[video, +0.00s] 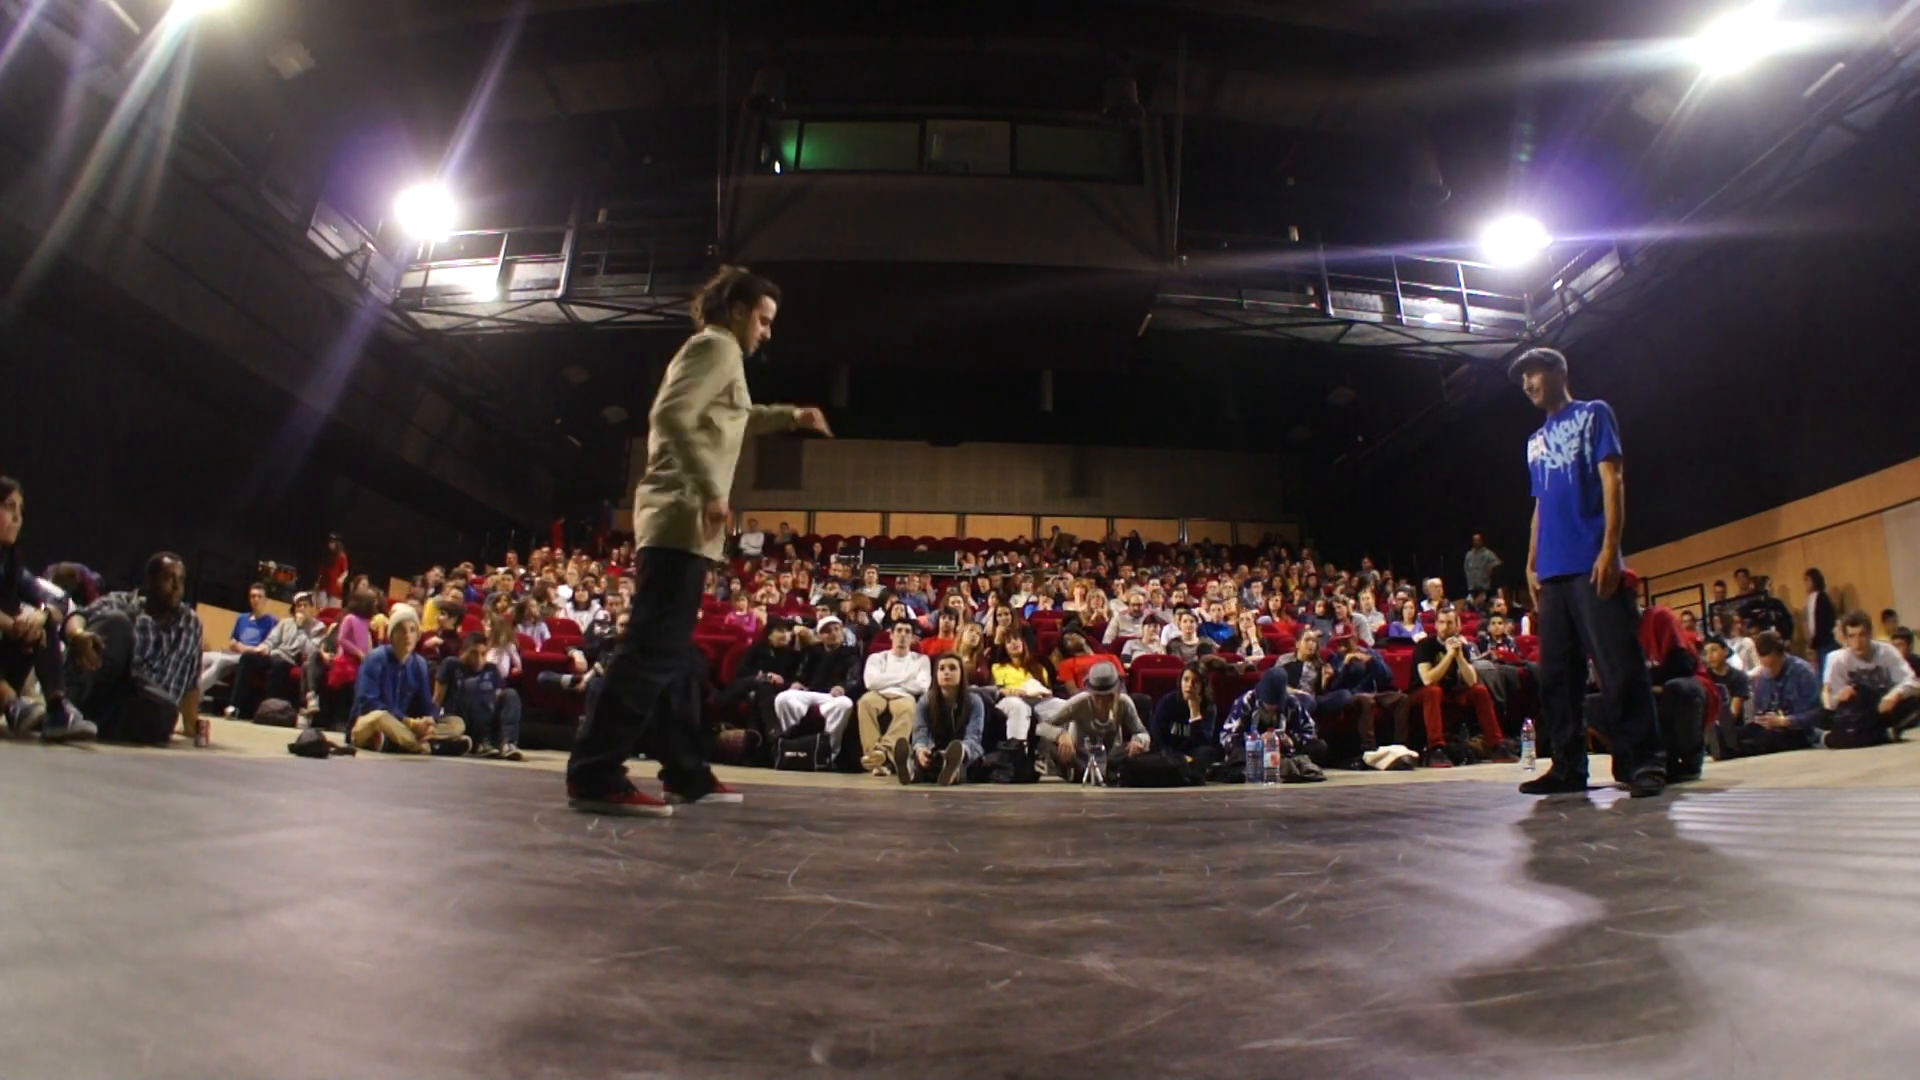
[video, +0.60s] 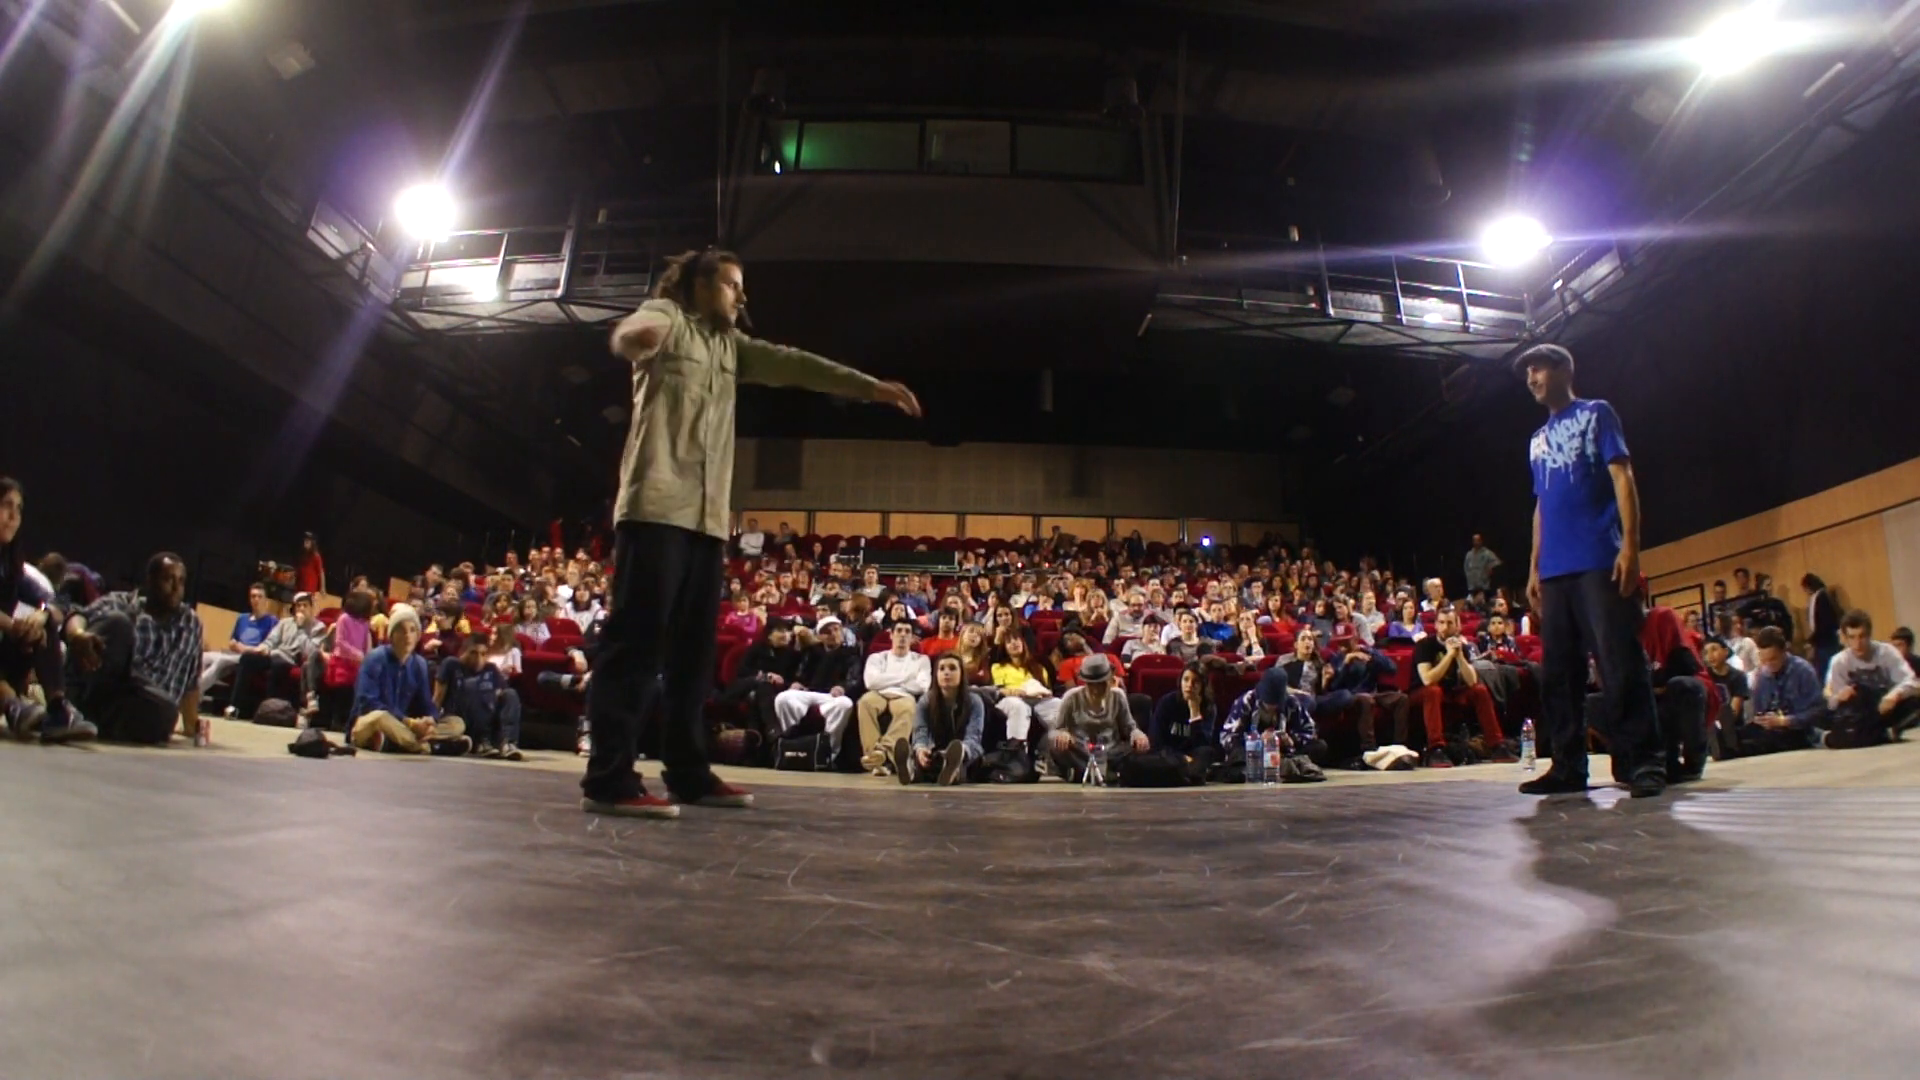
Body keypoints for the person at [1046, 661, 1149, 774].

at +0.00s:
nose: (1102, 701)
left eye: (1107, 696)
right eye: (1097, 696)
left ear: (1116, 691)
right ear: (1090, 691)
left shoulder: (1124, 702)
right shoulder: (1080, 702)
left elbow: (1142, 734)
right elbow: (1042, 727)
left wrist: (1137, 742)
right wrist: (1061, 735)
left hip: (1112, 757)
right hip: (1081, 757)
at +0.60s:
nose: (1096, 689)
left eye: (1101, 684)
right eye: (1091, 684)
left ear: (1109, 680)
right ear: (1085, 682)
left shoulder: (1118, 696)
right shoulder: (1071, 697)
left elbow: (1129, 727)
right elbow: (1056, 729)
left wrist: (1137, 734)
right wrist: (1061, 733)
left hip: (1111, 750)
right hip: (1080, 750)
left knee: (1137, 747)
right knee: (1056, 743)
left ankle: (1082, 772)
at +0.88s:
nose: (1095, 690)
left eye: (1099, 684)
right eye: (1089, 685)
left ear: (1107, 680)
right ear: (1083, 683)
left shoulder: (1118, 696)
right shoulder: (1071, 697)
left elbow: (1131, 727)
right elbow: (1056, 730)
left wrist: (1134, 740)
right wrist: (1062, 735)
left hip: (1112, 753)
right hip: (1080, 754)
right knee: (1058, 750)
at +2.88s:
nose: (1094, 687)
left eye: (1099, 681)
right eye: (1089, 682)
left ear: (1108, 678)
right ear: (1083, 679)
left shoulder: (1117, 696)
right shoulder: (1069, 698)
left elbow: (1132, 729)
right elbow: (1052, 735)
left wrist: (1129, 741)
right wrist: (1063, 734)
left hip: (1109, 753)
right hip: (1078, 755)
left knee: (1140, 748)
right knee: (1055, 747)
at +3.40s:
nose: (1094, 671)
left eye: (1100, 667)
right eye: (1090, 666)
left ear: (1109, 672)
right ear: (1083, 669)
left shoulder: (1116, 696)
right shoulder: (1070, 696)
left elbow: (1130, 727)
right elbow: (1054, 732)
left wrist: (1128, 741)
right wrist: (1065, 733)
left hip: (1108, 753)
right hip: (1077, 753)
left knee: (1140, 747)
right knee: (1056, 747)